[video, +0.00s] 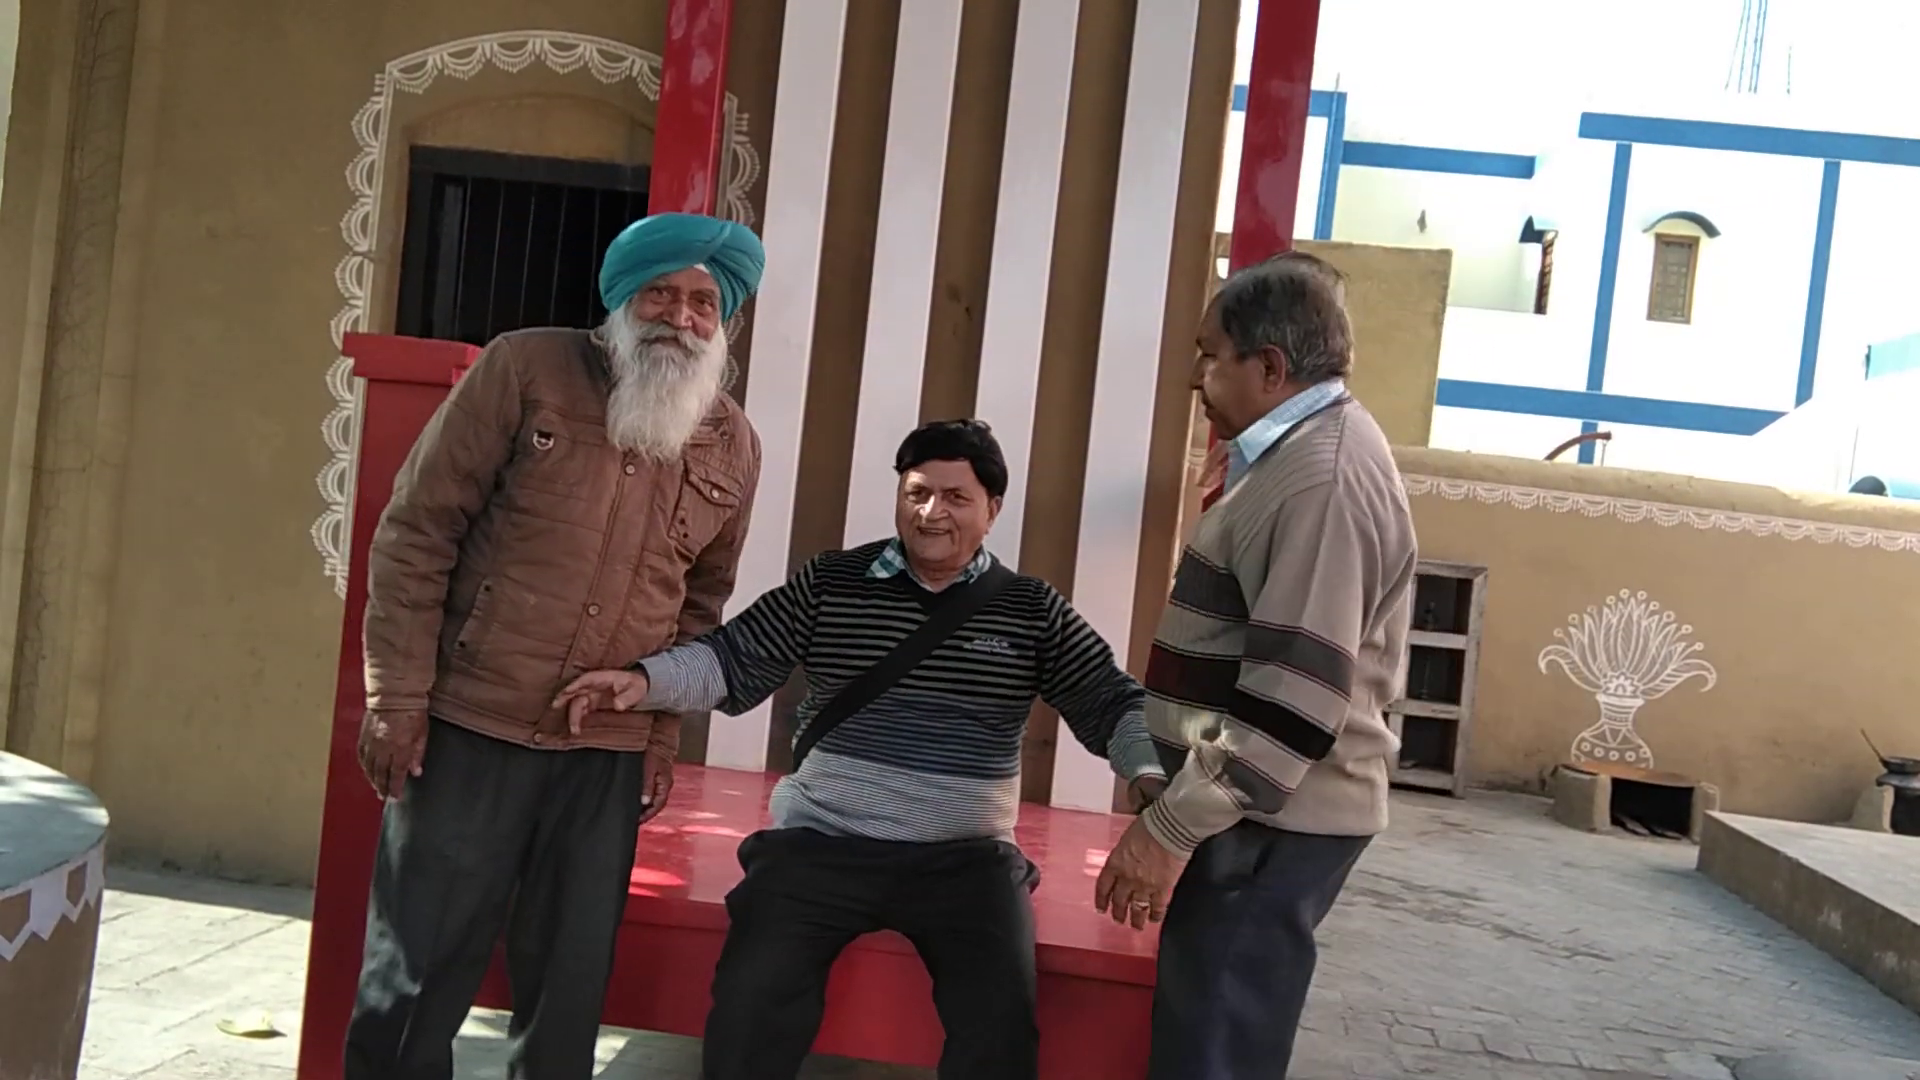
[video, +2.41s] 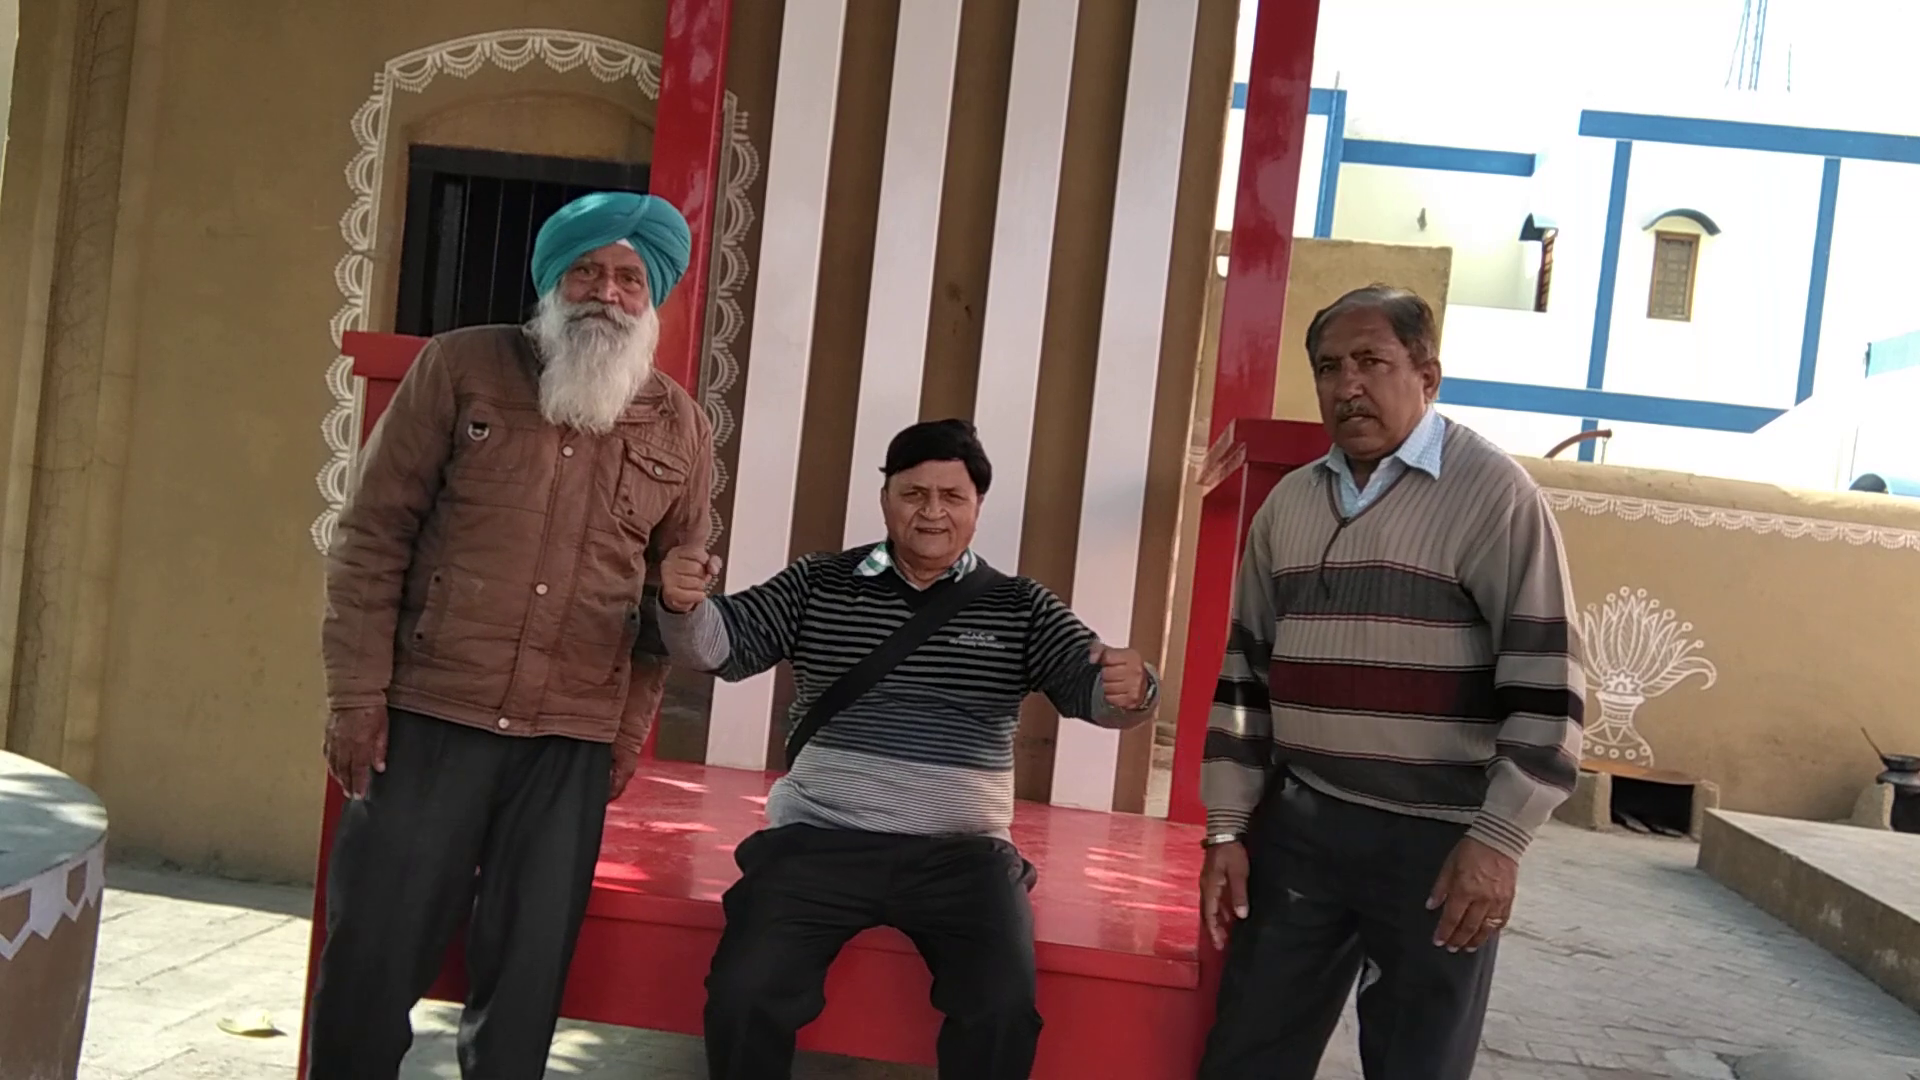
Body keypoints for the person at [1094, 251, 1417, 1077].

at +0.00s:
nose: (1198, 378)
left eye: (1213, 358)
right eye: (1202, 357)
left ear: (1272, 368)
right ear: (1275, 368)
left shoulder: (1324, 477)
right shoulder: (1294, 455)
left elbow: (1297, 705)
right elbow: (1234, 651)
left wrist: (1170, 827)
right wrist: (1156, 771)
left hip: (1275, 826)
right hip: (1248, 816)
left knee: (1213, 1048)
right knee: (1204, 1042)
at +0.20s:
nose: (1203, 382)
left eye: (1225, 359)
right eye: (1195, 361)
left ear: (1299, 367)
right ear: (1186, 369)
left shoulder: (1367, 500)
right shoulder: (1204, 481)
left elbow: (1364, 707)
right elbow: (1179, 650)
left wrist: (1249, 820)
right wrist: (1151, 768)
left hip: (1290, 837)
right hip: (1187, 822)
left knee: (1232, 1058)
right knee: (1182, 1051)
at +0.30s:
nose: (1208, 384)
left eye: (1229, 361)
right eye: (1193, 366)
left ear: (1290, 366)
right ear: (1180, 377)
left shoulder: (1362, 490)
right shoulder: (1175, 493)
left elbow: (1399, 685)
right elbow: (1164, 648)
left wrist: (1319, 822)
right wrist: (1142, 762)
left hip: (1293, 826)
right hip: (1187, 813)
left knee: (1252, 1052)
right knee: (1166, 1047)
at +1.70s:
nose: (1256, 385)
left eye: (1277, 362)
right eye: (1238, 368)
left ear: (1329, 369)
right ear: (1223, 382)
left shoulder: (1409, 485)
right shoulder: (1202, 506)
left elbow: (1468, 667)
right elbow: (1178, 669)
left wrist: (1443, 818)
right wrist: (1179, 790)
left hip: (1378, 830)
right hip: (1241, 820)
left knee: (1375, 1066)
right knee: (1208, 1059)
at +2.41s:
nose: (1348, 385)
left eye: (1369, 360)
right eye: (1330, 367)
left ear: (1425, 372)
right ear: (1314, 383)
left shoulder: (1498, 498)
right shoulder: (1285, 508)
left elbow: (1548, 692)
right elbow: (1244, 679)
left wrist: (1498, 840)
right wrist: (1225, 832)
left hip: (1439, 852)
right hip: (1299, 832)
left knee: (1416, 1070)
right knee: (1245, 1061)